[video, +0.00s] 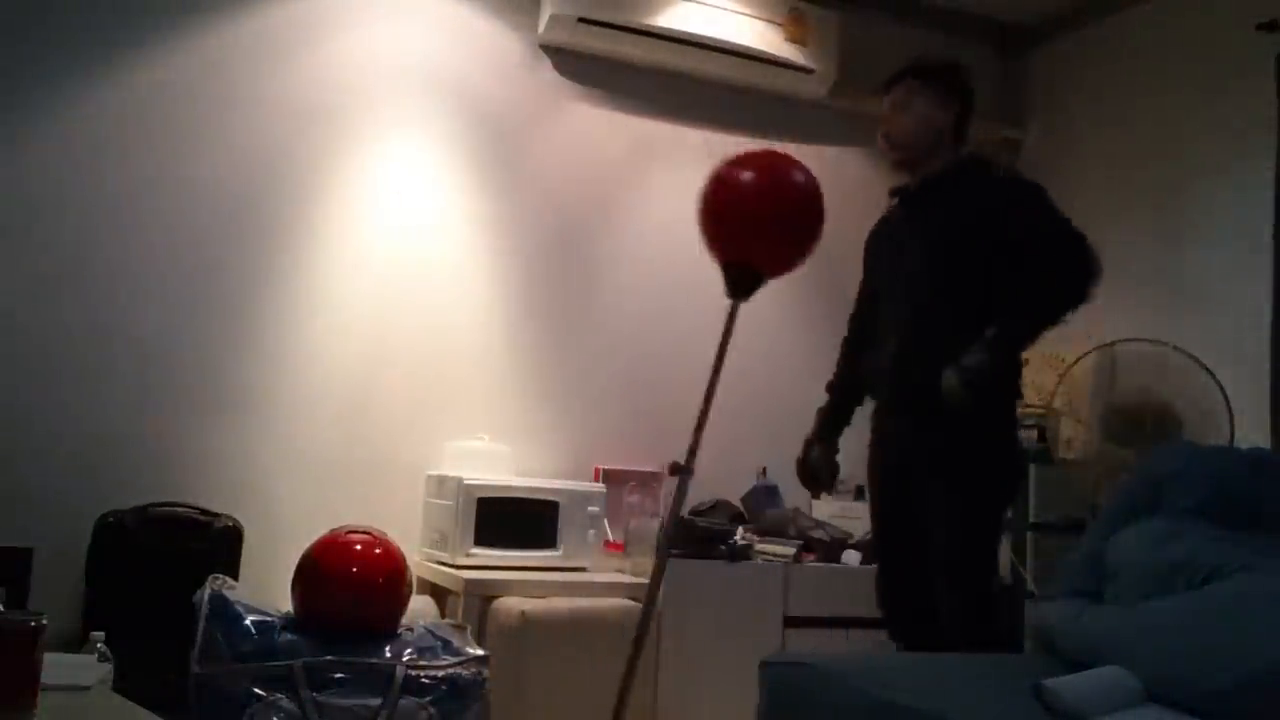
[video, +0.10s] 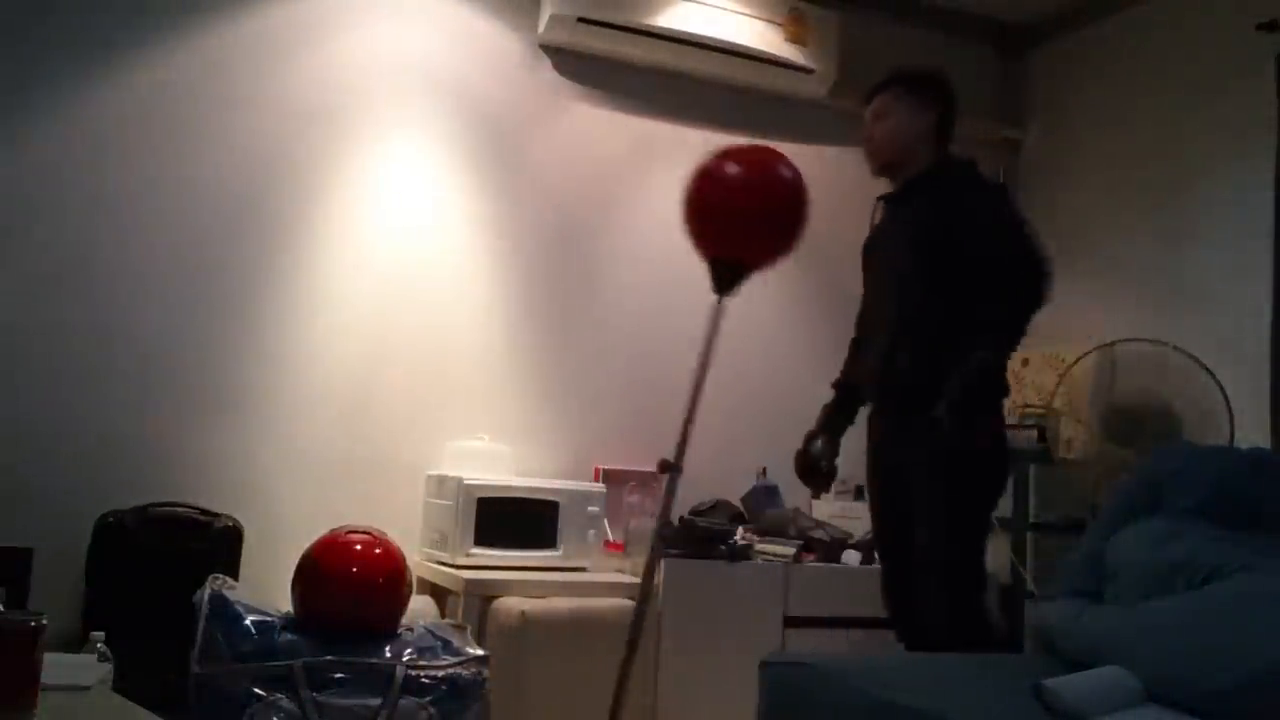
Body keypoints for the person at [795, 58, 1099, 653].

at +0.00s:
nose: (889, 123)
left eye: (906, 107)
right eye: (887, 108)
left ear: (947, 117)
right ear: (883, 118)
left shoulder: (999, 193)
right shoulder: (892, 229)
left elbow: (1072, 268)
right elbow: (866, 338)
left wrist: (990, 352)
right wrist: (826, 433)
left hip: (971, 434)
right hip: (900, 436)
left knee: (960, 598)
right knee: (905, 602)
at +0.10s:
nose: (868, 132)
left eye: (882, 116)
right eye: (867, 119)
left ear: (925, 121)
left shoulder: (975, 199)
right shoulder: (890, 224)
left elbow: (1025, 279)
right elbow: (871, 336)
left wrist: (973, 373)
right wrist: (830, 427)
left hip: (960, 427)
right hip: (898, 430)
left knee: (949, 602)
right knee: (909, 604)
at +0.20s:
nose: (851, 140)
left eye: (865, 127)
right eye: (853, 128)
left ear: (904, 133)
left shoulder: (949, 206)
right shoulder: (884, 220)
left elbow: (970, 328)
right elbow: (877, 344)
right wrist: (835, 433)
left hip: (941, 432)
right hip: (894, 433)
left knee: (931, 599)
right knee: (908, 600)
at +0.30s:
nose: (837, 148)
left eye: (850, 134)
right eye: (838, 135)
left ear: (889, 136)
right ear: (880, 140)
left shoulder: (932, 211)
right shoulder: (878, 222)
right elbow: (873, 353)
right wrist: (845, 441)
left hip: (929, 428)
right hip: (894, 428)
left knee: (907, 590)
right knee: (903, 591)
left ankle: (957, 709)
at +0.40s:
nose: (831, 156)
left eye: (842, 140)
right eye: (828, 145)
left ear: (882, 139)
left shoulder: (927, 207)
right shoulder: (873, 220)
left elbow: (962, 311)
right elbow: (870, 339)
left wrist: (876, 368)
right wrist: (851, 439)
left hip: (918, 423)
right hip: (887, 424)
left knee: (901, 581)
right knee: (892, 579)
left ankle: (930, 700)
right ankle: (924, 700)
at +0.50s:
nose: (821, 158)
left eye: (833, 143)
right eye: (819, 148)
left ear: (874, 143)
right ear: (871, 148)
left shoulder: (908, 210)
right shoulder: (876, 216)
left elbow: (905, 339)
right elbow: (877, 342)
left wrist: (837, 358)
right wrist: (848, 432)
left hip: (909, 427)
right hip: (891, 425)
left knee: (900, 589)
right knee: (897, 587)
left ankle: (931, 712)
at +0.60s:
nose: (821, 162)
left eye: (830, 145)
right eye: (815, 152)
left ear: (871, 141)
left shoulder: (906, 198)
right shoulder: (866, 219)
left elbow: (891, 274)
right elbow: (868, 348)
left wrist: (808, 278)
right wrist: (829, 419)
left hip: (911, 416)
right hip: (882, 417)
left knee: (896, 582)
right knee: (889, 581)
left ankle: (927, 708)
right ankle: (921, 709)